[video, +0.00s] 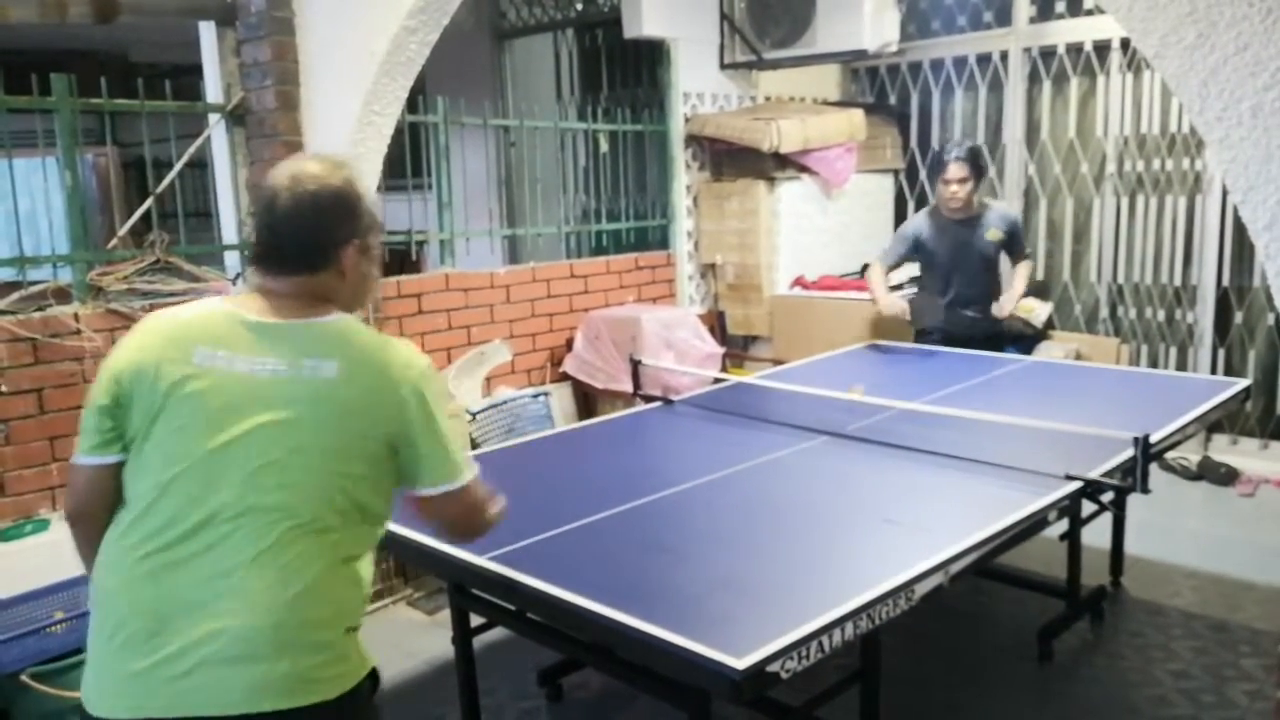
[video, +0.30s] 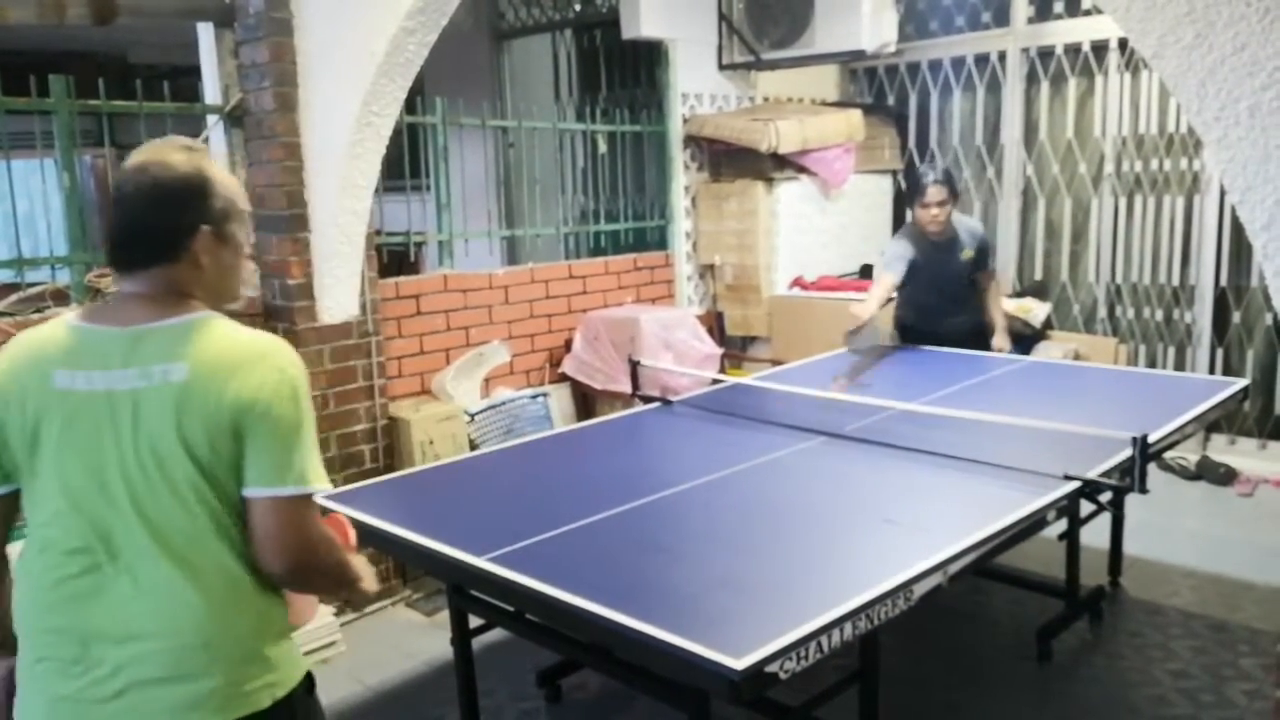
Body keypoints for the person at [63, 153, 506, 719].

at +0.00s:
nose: (379, 269)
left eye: (381, 252)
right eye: (377, 252)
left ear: (260, 249)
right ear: (349, 257)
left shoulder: (152, 341)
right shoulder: (390, 366)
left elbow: (85, 507)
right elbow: (460, 516)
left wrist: (129, 599)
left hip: (131, 688)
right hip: (297, 687)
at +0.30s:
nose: (251, 255)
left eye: (250, 237)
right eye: (244, 237)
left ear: (121, 242)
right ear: (201, 245)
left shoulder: (24, 359)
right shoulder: (258, 361)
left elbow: (8, 510)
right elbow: (286, 551)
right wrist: (351, 574)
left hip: (57, 693)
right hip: (226, 691)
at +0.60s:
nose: (270, 255)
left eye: (268, 235)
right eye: (262, 235)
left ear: (143, 242)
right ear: (227, 244)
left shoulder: (48, 359)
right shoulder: (277, 356)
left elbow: (9, 533)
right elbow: (317, 545)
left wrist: (13, 652)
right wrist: (364, 583)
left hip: (83, 691)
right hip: (246, 685)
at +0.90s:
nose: (366, 254)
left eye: (369, 239)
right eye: (366, 238)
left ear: (256, 231)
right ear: (343, 241)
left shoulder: (153, 332)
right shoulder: (377, 351)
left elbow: (99, 489)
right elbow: (419, 532)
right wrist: (401, 576)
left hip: (169, 671)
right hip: (323, 667)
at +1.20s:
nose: (350, 231)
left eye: (346, 217)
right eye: (350, 218)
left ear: (244, 220)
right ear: (339, 222)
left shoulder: (157, 316)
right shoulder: (372, 337)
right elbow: (431, 507)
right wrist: (488, 616)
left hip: (170, 669)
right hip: (319, 664)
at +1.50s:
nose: (240, 230)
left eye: (237, 212)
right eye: (236, 211)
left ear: (123, 230)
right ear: (217, 213)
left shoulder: (71, 328)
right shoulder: (254, 327)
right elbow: (312, 505)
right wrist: (408, 639)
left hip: (117, 674)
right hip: (260, 669)